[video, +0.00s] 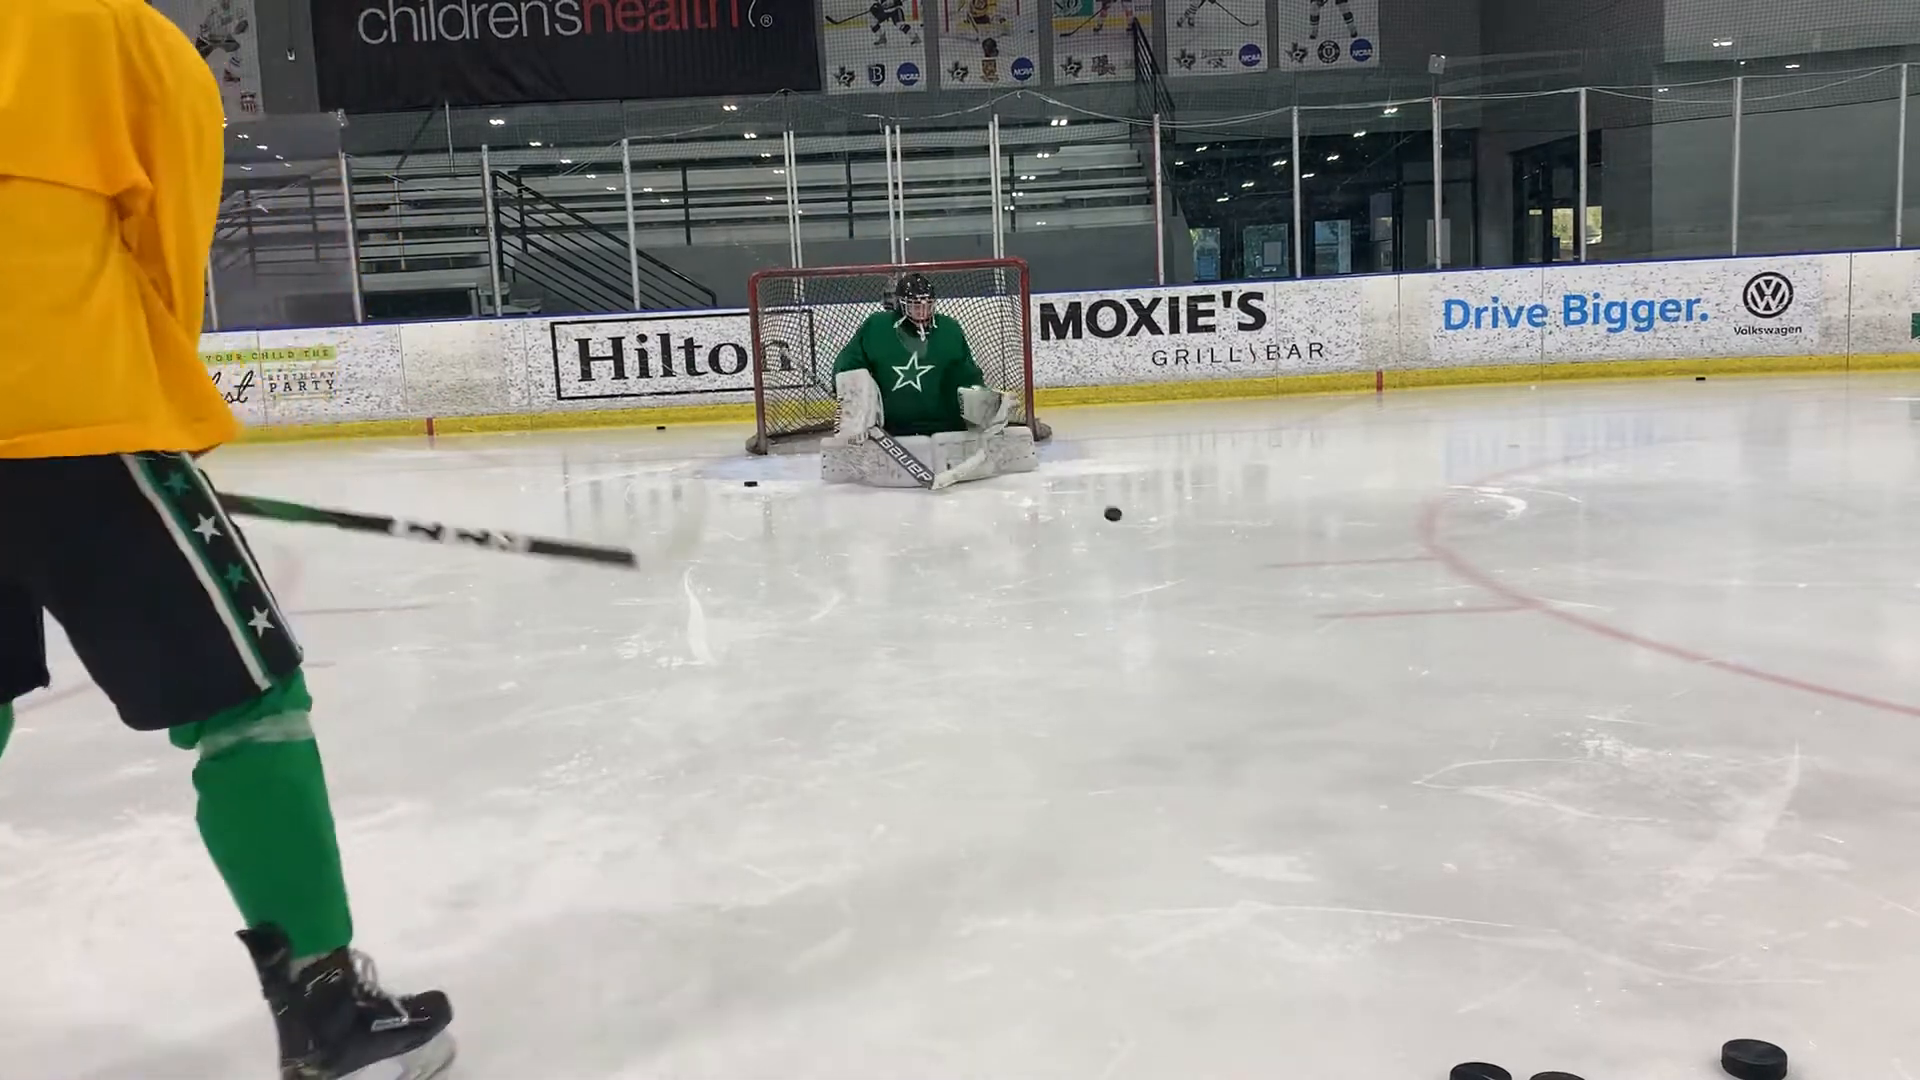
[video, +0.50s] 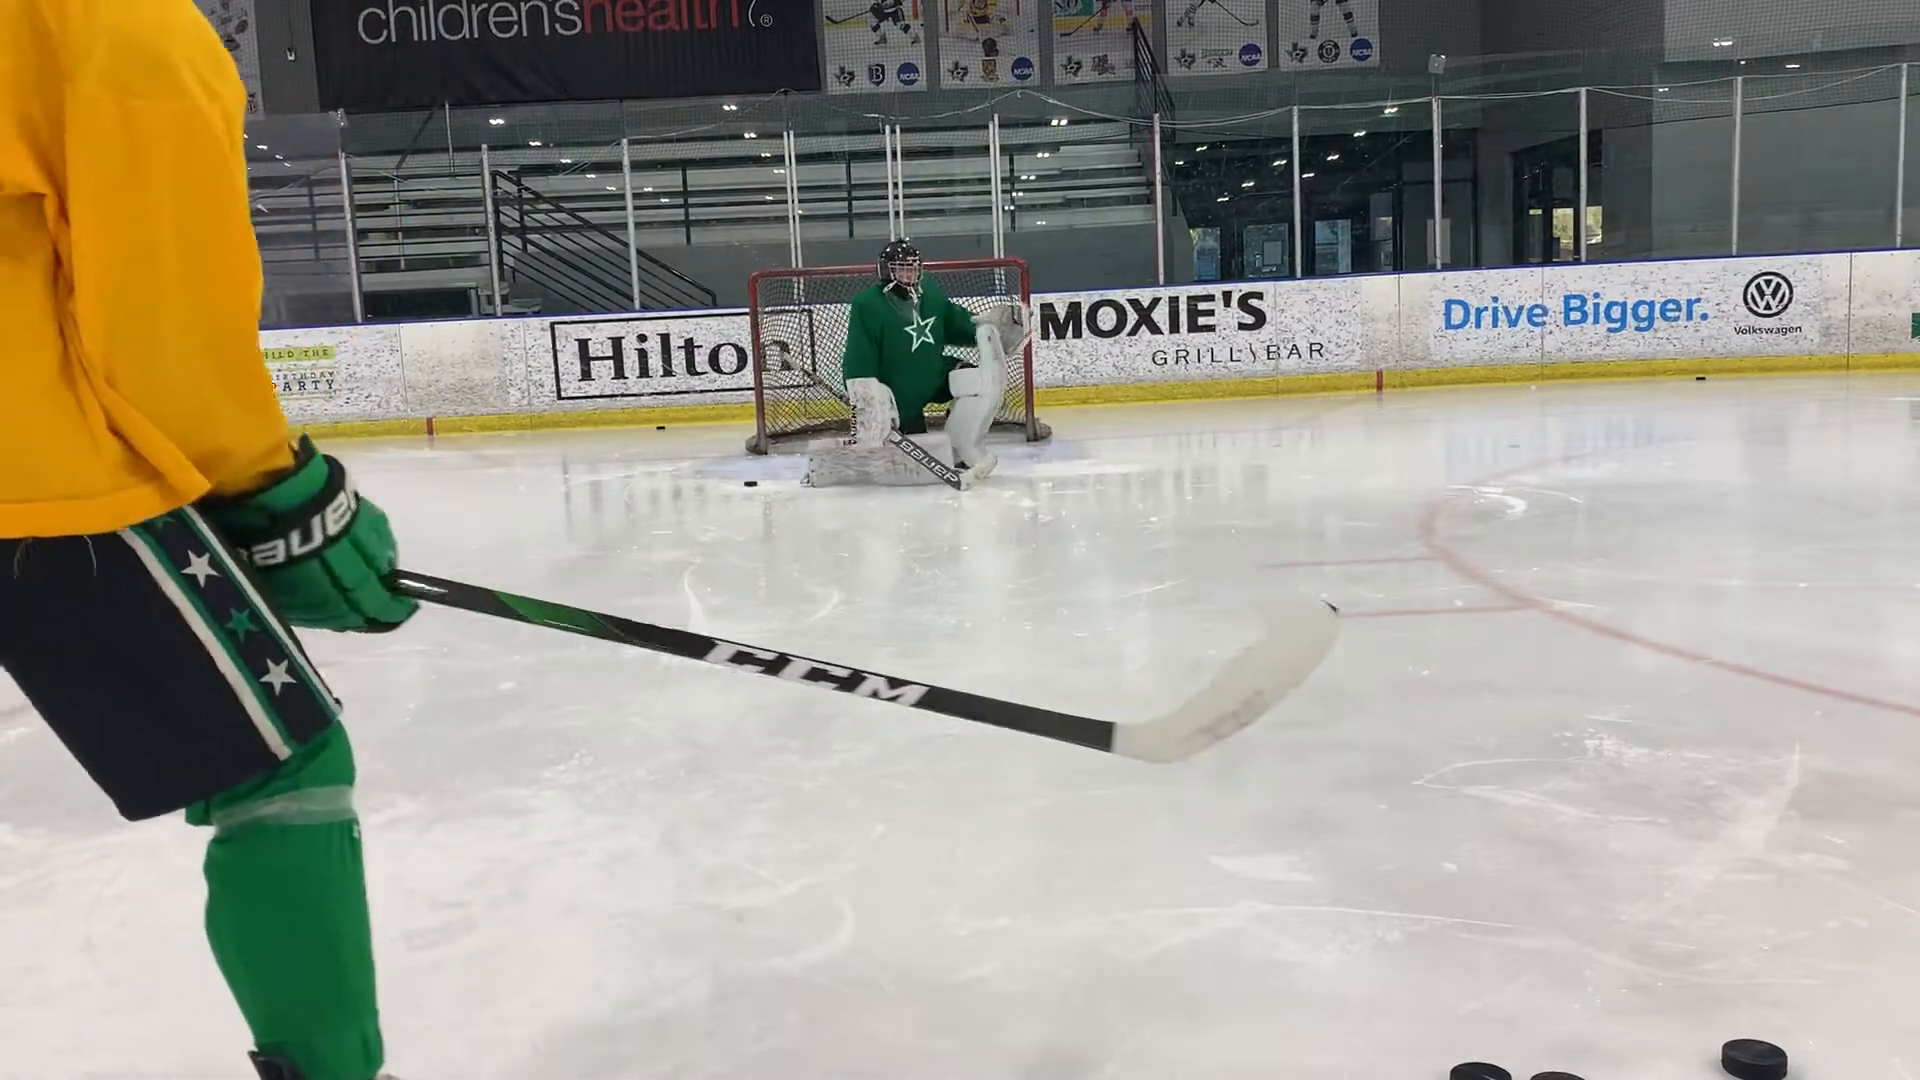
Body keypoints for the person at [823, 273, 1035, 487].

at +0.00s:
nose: (923, 310)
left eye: (927, 303)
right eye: (916, 304)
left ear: (933, 303)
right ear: (901, 303)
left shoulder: (949, 329)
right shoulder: (876, 328)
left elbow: (968, 377)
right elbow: (846, 365)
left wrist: (986, 410)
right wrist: (858, 401)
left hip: (947, 433)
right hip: (894, 433)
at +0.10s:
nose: (914, 299)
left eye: (918, 293)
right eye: (907, 293)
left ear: (925, 292)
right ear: (893, 294)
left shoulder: (941, 319)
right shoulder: (869, 322)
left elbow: (964, 365)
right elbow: (840, 372)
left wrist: (983, 389)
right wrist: (858, 394)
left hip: (945, 424)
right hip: (889, 427)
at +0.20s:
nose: (912, 288)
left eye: (916, 281)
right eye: (905, 282)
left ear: (921, 282)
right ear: (889, 284)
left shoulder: (934, 308)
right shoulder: (864, 314)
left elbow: (960, 351)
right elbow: (844, 368)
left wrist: (984, 373)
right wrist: (862, 404)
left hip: (940, 415)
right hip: (889, 420)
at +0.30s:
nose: (907, 281)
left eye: (911, 275)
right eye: (900, 276)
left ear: (917, 275)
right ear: (885, 276)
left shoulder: (930, 296)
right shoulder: (864, 307)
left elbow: (959, 334)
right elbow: (849, 362)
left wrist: (988, 352)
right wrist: (863, 403)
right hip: (892, 398)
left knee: (981, 384)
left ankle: (984, 452)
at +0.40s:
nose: (907, 278)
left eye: (911, 271)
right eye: (900, 272)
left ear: (917, 271)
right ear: (885, 273)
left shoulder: (929, 294)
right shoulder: (865, 306)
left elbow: (958, 328)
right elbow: (853, 365)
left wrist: (997, 332)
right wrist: (868, 407)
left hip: (932, 379)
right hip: (896, 395)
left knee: (983, 371)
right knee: (917, 461)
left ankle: (965, 447)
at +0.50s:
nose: (910, 274)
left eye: (914, 268)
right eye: (903, 268)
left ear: (920, 268)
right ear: (887, 270)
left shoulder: (929, 291)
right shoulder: (868, 304)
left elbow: (954, 322)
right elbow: (857, 362)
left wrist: (988, 329)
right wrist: (871, 406)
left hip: (931, 376)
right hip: (896, 392)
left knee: (979, 379)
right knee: (915, 462)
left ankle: (964, 449)